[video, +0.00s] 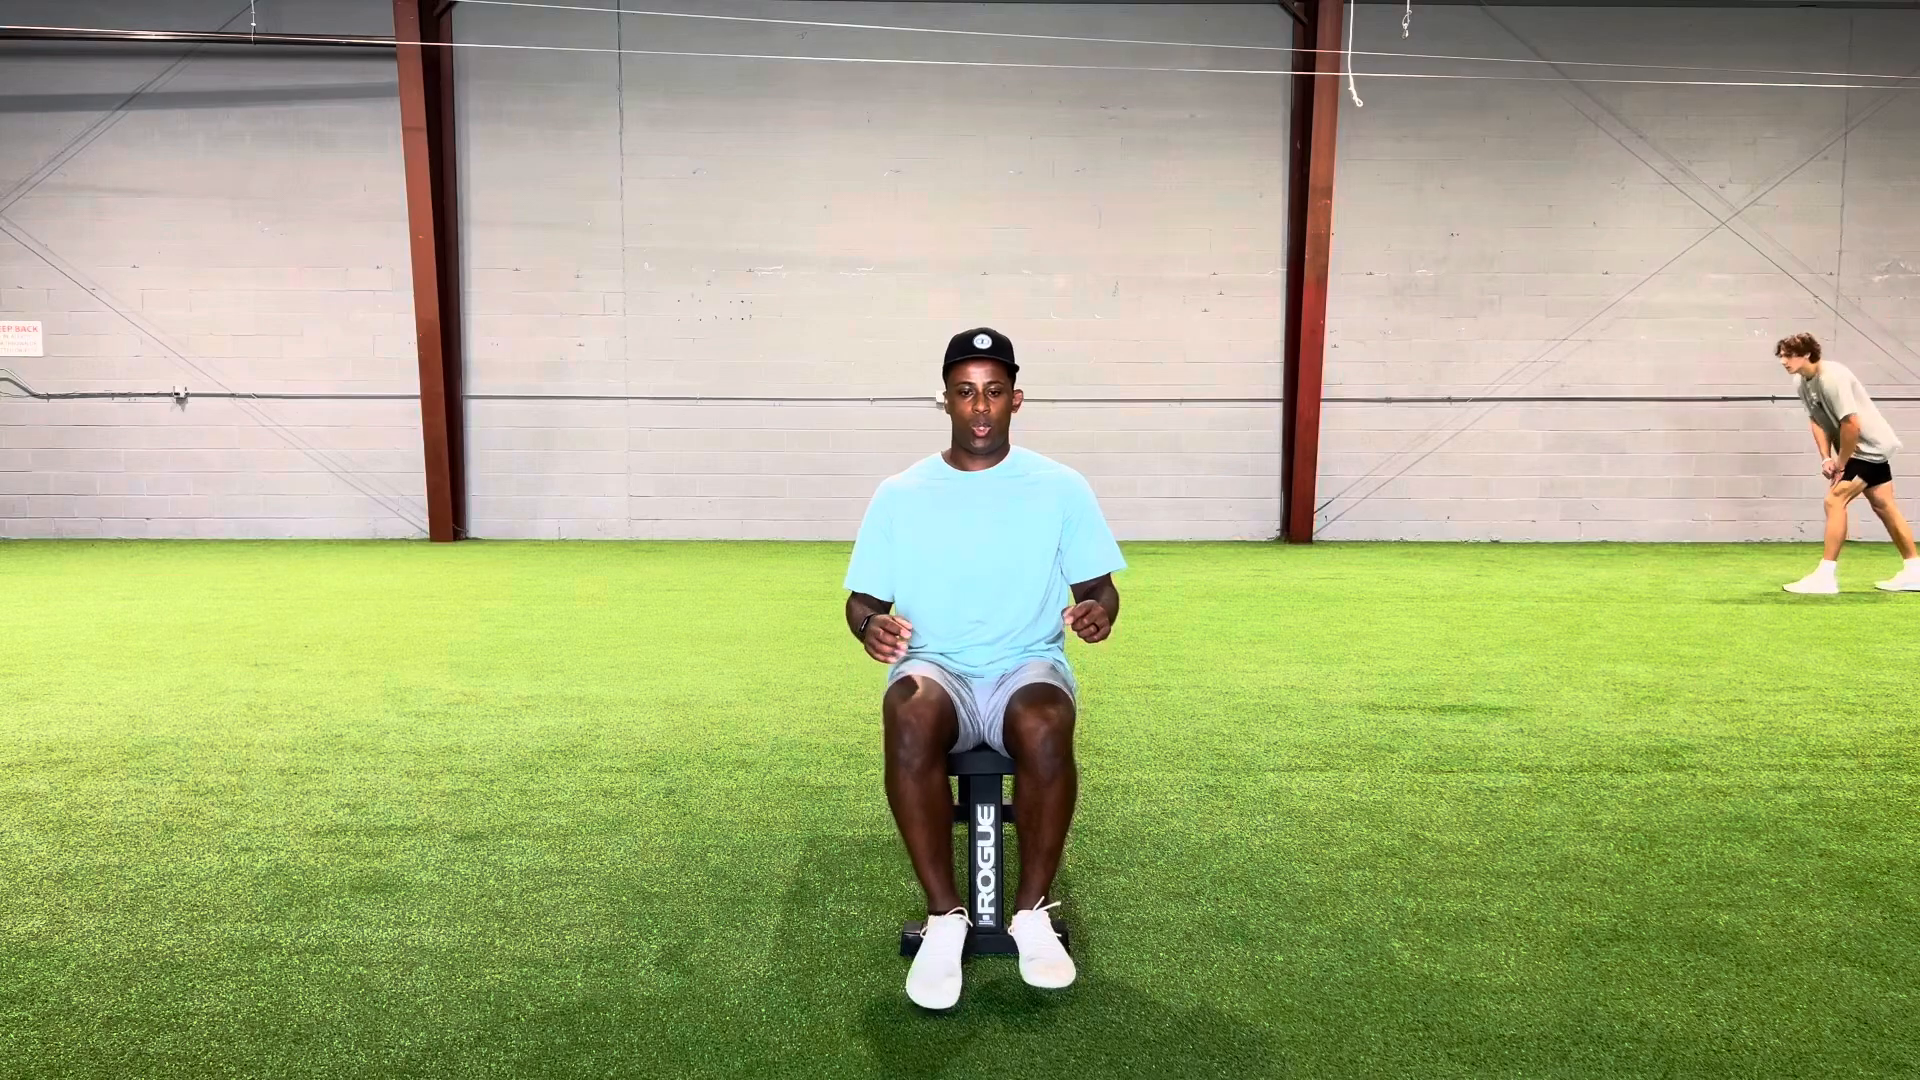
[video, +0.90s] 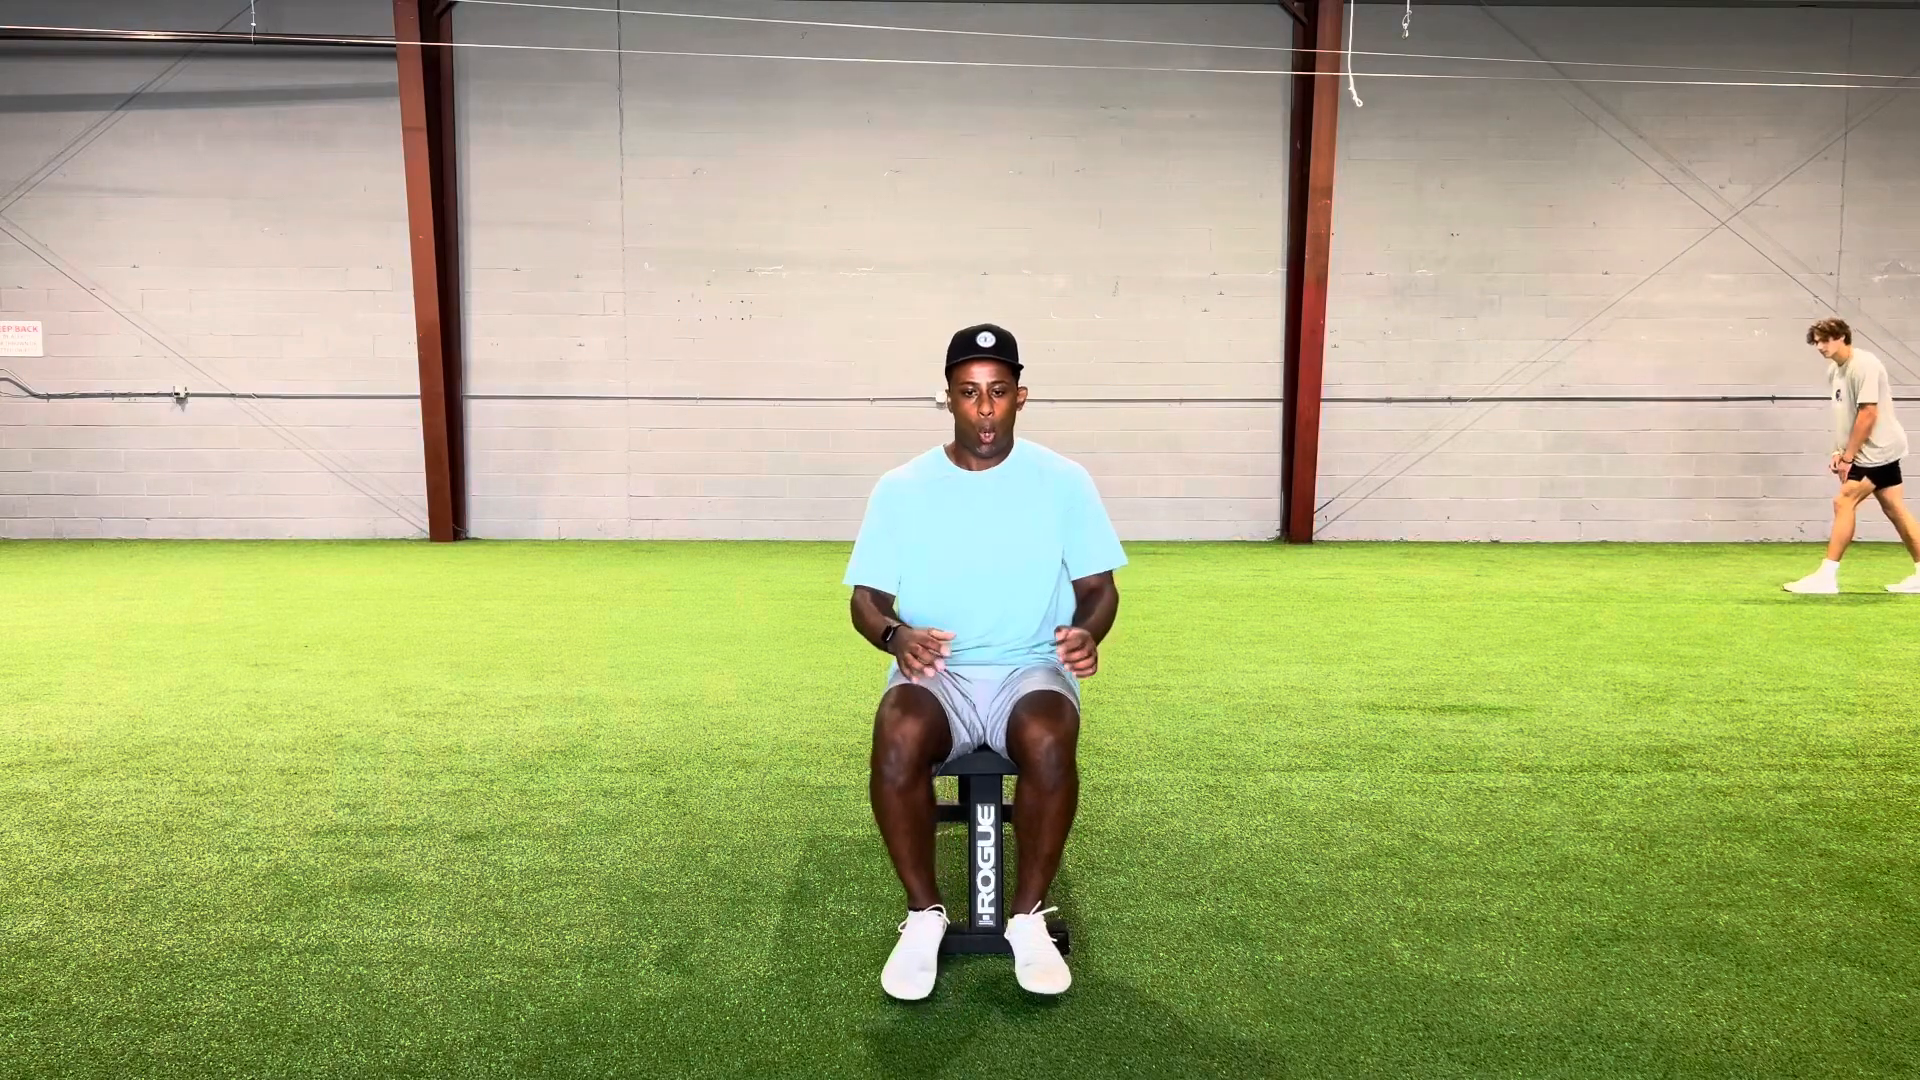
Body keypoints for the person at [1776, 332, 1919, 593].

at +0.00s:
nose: (1784, 362)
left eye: (1788, 356)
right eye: (1782, 357)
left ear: (1806, 355)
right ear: (1794, 358)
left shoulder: (1832, 377)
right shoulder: (1804, 384)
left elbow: (1851, 424)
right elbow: (1817, 421)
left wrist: (1841, 462)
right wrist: (1826, 456)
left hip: (1874, 449)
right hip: (1864, 449)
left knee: (1835, 501)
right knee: (1883, 506)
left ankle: (1825, 575)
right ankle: (1913, 568)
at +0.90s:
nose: (1820, 348)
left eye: (1823, 341)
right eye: (1817, 343)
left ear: (1840, 338)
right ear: (1819, 345)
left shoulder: (1865, 365)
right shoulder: (1835, 370)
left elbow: (1868, 414)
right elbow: (1844, 415)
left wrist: (1849, 455)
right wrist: (1839, 452)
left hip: (1879, 451)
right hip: (1875, 451)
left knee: (1844, 502)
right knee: (1895, 508)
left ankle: (1827, 575)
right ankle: (1919, 570)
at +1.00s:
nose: (1833, 344)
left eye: (1837, 337)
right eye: (1830, 339)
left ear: (1854, 334)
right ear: (1832, 342)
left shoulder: (1876, 361)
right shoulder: (1849, 366)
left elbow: (1880, 411)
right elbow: (1856, 412)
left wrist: (1853, 451)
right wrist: (1846, 450)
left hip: (1881, 453)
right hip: (1876, 452)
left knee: (1848, 503)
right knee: (1898, 510)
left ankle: (1828, 574)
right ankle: (1919, 571)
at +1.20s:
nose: (1852, 340)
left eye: (1855, 333)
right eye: (1849, 335)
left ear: (1872, 329)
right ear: (1858, 334)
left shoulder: (1894, 357)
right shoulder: (1867, 362)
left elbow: (1897, 407)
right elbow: (1869, 412)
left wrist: (1868, 447)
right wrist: (1856, 449)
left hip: (1884, 451)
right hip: (1877, 451)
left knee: (1853, 503)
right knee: (1894, 507)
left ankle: (1828, 574)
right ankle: (1919, 570)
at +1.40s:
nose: (1858, 337)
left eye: (1861, 331)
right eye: (1856, 332)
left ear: (1879, 327)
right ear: (1870, 331)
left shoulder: (1899, 356)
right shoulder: (1874, 360)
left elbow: (1906, 405)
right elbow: (1874, 411)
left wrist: (1885, 448)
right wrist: (1860, 448)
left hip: (1883, 449)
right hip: (1873, 449)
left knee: (1853, 504)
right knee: (1893, 508)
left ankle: (1828, 574)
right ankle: (1919, 570)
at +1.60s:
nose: (1859, 337)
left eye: (1862, 330)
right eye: (1857, 332)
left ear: (1880, 328)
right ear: (1870, 331)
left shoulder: (1900, 357)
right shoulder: (1876, 359)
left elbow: (1907, 405)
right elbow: (1874, 411)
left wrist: (1887, 448)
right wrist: (1860, 447)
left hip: (1881, 450)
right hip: (1873, 449)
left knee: (1853, 504)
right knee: (1893, 509)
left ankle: (1828, 574)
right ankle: (1919, 570)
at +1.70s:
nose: (1858, 337)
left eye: (1862, 330)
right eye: (1856, 332)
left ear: (1879, 328)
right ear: (1870, 331)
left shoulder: (1900, 356)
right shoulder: (1876, 359)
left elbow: (1906, 406)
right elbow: (1873, 410)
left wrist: (1883, 448)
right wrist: (1859, 447)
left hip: (1882, 450)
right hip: (1873, 450)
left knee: (1854, 504)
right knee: (1893, 508)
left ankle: (1828, 574)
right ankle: (1919, 570)